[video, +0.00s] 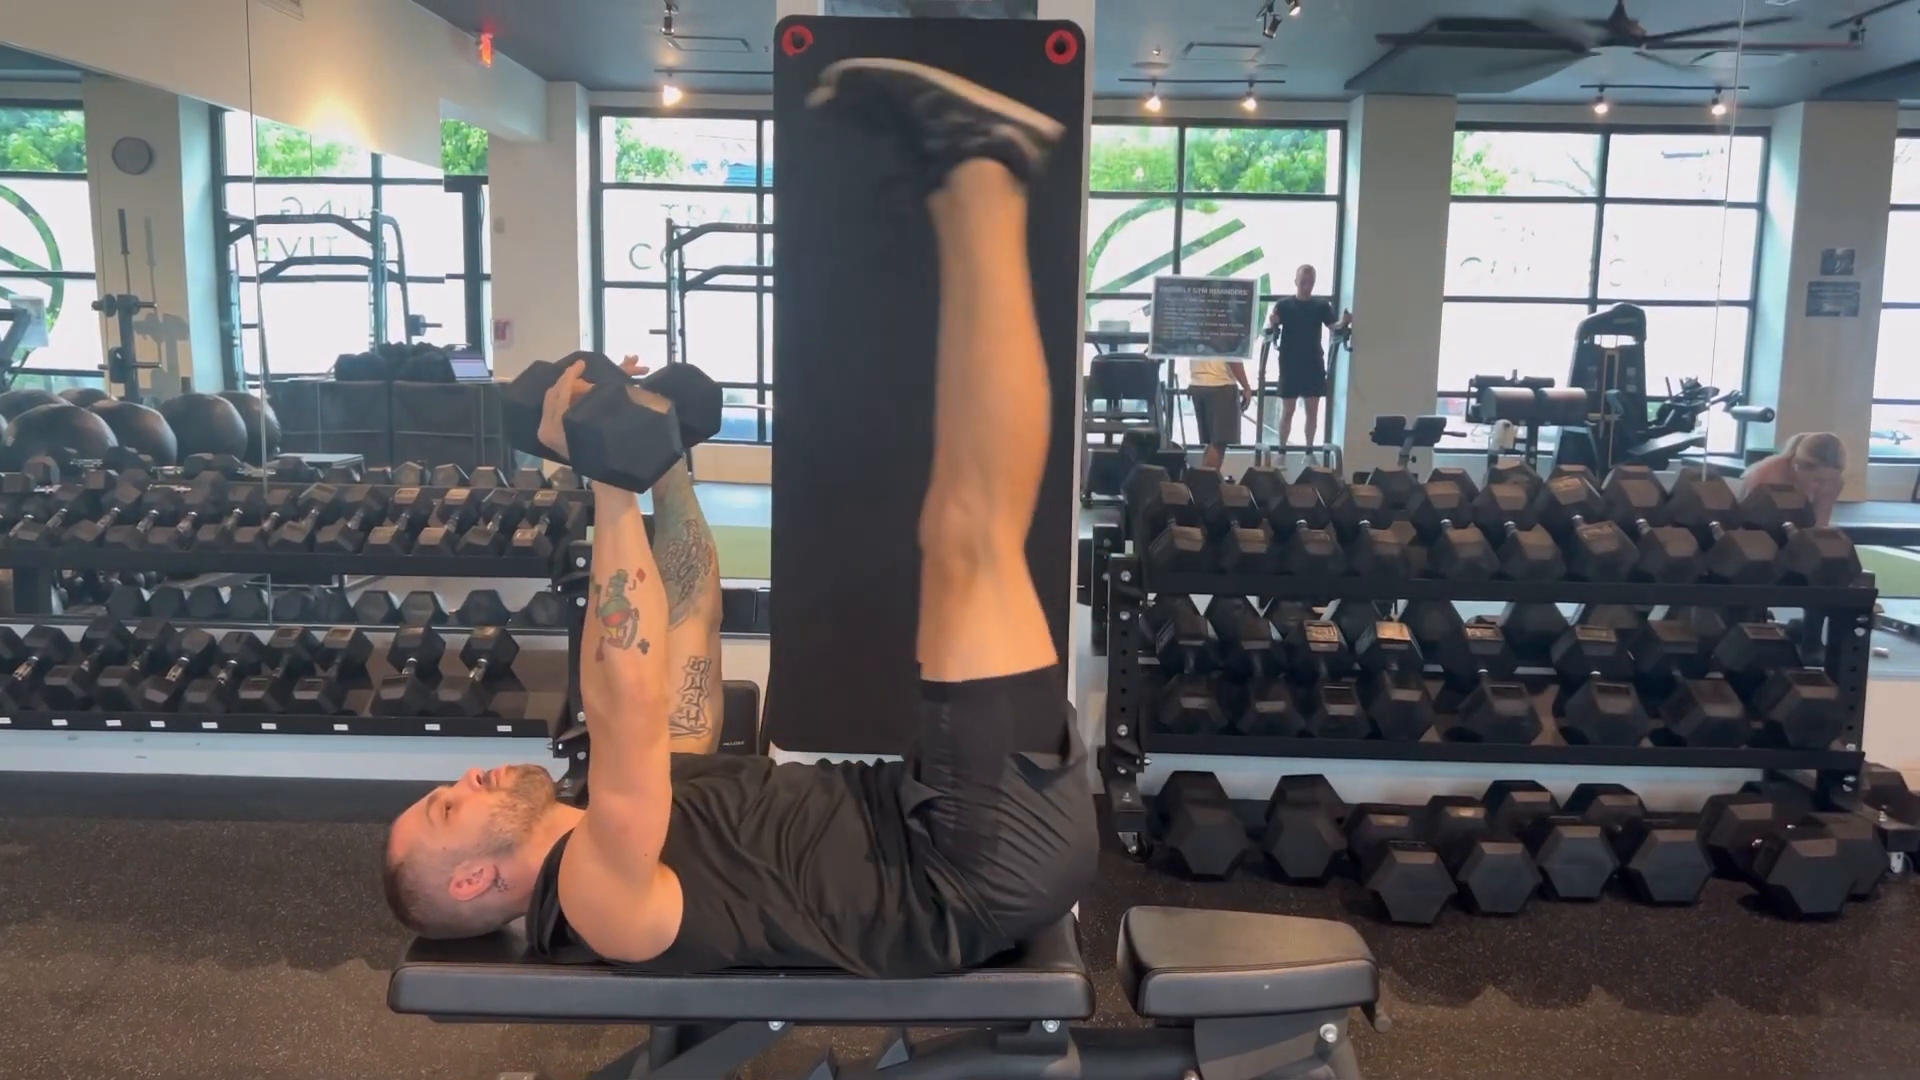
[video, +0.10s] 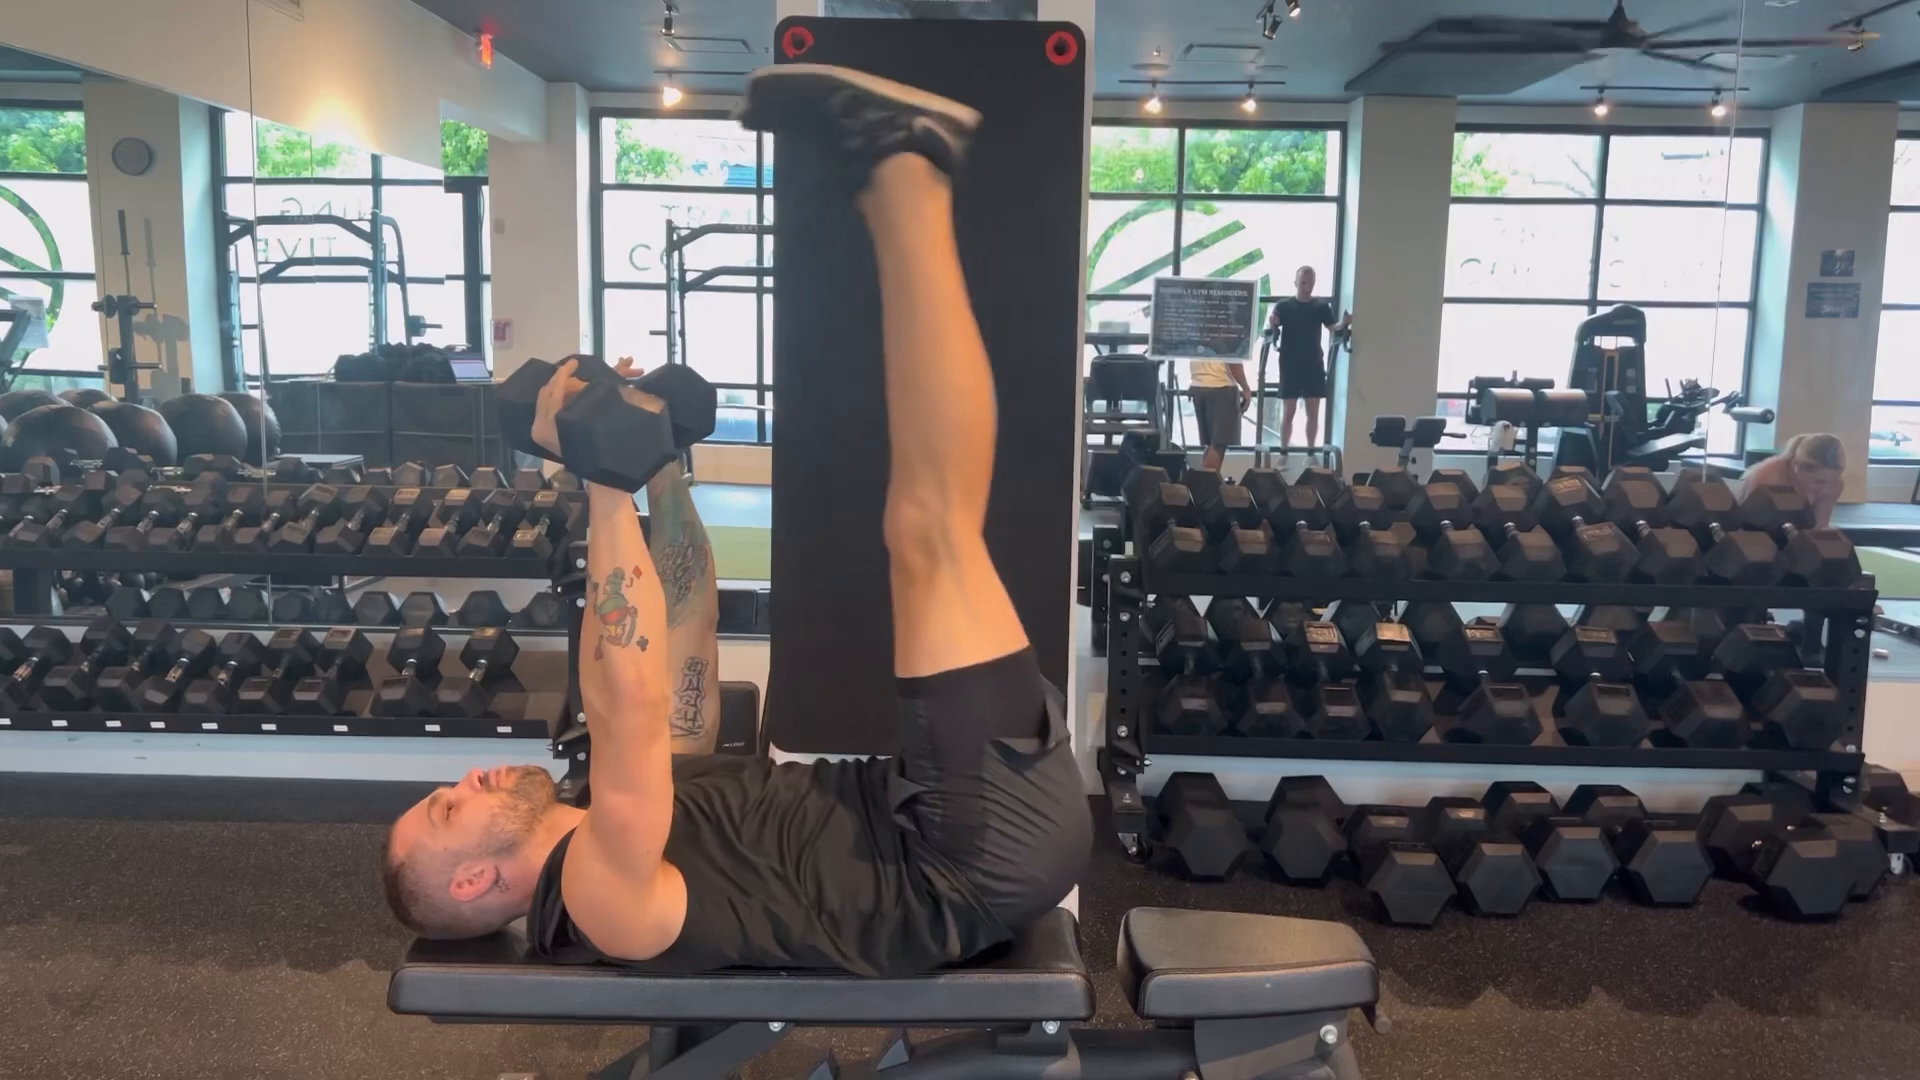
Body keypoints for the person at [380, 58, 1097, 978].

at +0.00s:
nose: (478, 773)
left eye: (446, 787)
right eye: (452, 802)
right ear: (487, 874)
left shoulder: (643, 820)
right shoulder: (609, 888)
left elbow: (691, 604)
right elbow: (625, 684)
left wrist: (660, 457)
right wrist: (612, 487)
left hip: (951, 825)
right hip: (973, 863)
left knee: (971, 528)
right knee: (968, 531)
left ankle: (979, 177)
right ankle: (977, 174)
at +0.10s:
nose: (482, 773)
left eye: (450, 786)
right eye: (456, 802)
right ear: (488, 875)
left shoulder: (627, 831)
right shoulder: (610, 890)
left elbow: (687, 615)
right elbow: (627, 684)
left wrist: (660, 462)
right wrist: (606, 485)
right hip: (972, 857)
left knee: (936, 524)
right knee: (931, 526)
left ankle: (903, 174)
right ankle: (901, 169)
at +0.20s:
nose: (479, 775)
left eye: (448, 788)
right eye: (453, 805)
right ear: (489, 877)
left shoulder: (624, 829)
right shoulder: (611, 887)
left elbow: (686, 613)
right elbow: (624, 682)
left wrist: (656, 462)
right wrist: (598, 477)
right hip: (971, 858)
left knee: (910, 523)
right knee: (905, 527)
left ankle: (859, 180)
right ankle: (856, 174)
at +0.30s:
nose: (478, 777)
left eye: (448, 790)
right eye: (452, 807)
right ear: (485, 878)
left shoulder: (617, 834)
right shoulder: (611, 886)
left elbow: (684, 624)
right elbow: (621, 682)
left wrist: (654, 464)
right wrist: (590, 476)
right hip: (975, 854)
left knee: (901, 528)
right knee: (895, 532)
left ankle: (842, 184)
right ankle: (839, 176)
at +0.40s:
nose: (481, 777)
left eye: (449, 789)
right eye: (455, 805)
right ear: (488, 877)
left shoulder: (625, 829)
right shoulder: (612, 887)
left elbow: (685, 614)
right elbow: (619, 683)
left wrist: (653, 467)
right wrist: (588, 478)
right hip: (973, 862)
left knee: (910, 529)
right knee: (902, 533)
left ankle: (862, 184)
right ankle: (859, 177)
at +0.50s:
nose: (480, 777)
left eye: (449, 790)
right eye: (454, 805)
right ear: (487, 878)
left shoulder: (624, 834)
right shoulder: (609, 890)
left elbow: (684, 620)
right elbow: (617, 685)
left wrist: (650, 465)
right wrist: (585, 480)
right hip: (975, 870)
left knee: (936, 533)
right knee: (930, 536)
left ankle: (913, 181)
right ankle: (911, 175)